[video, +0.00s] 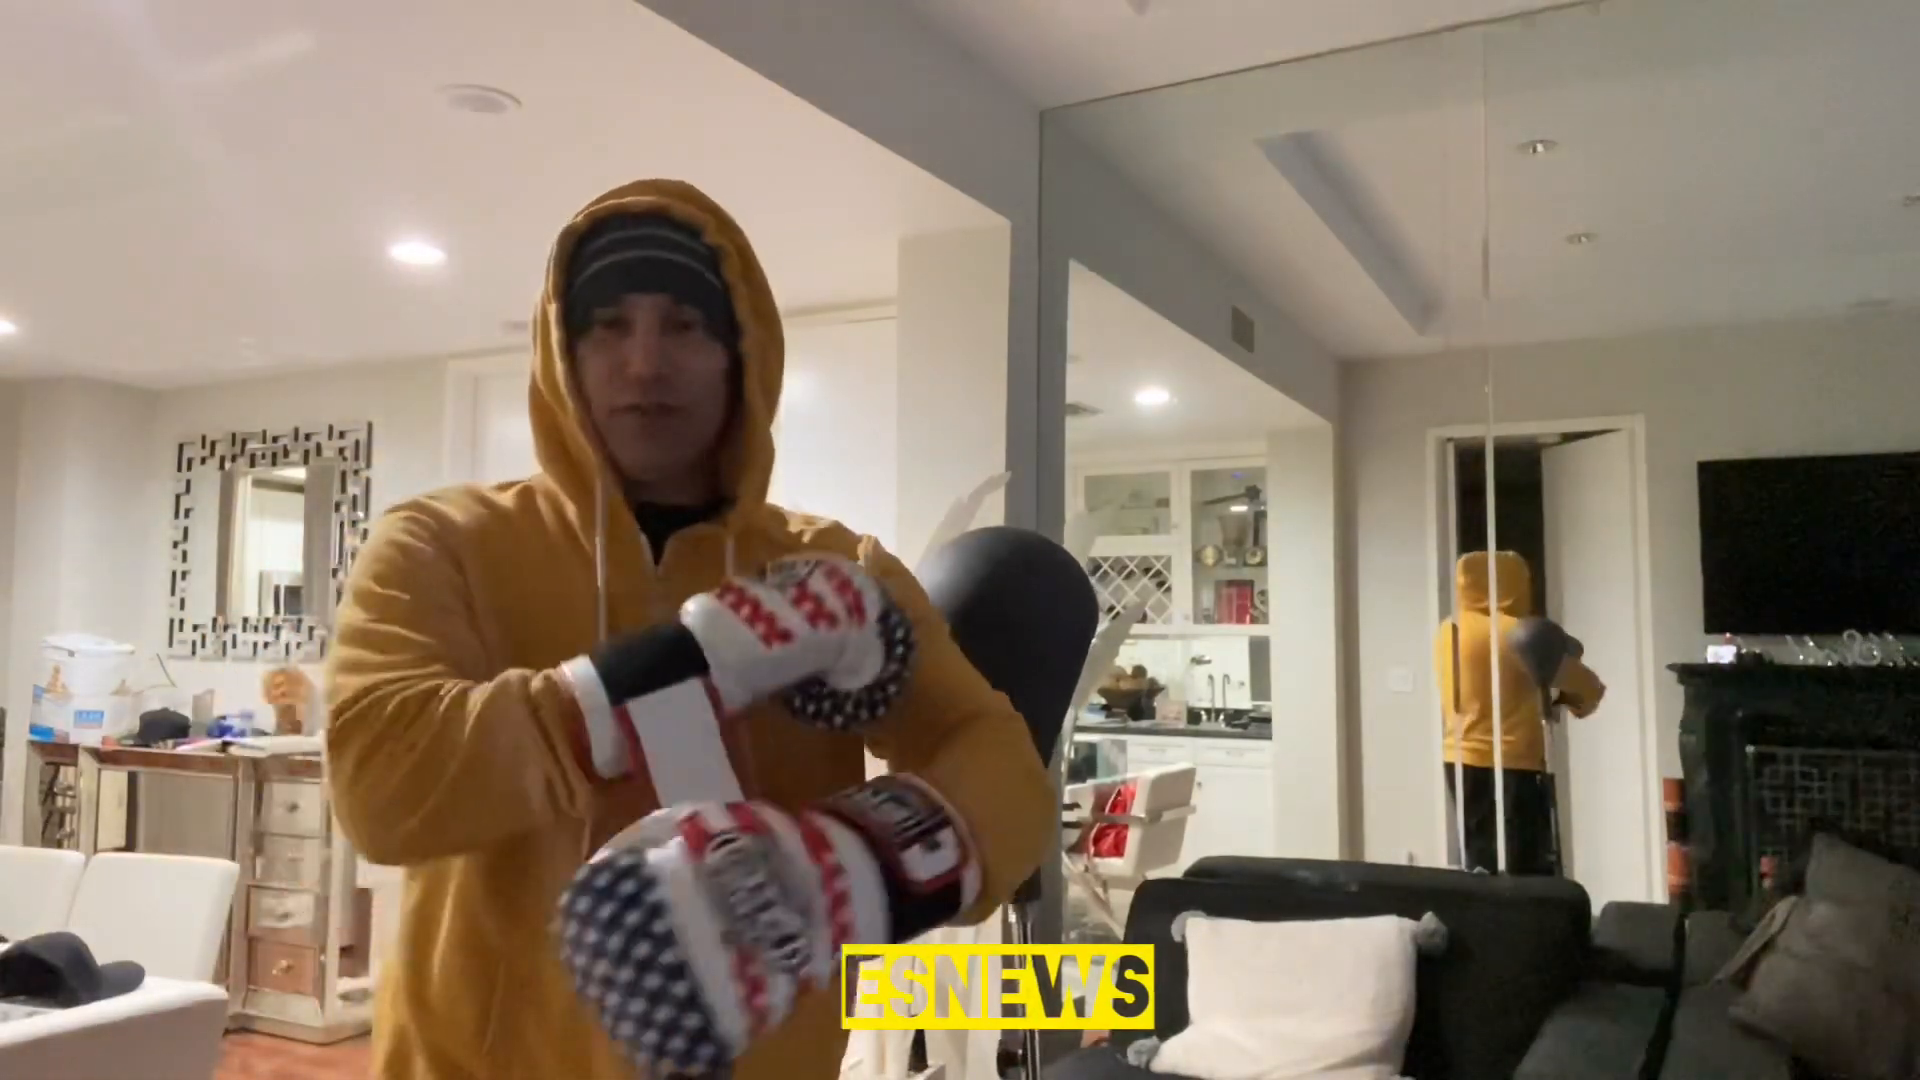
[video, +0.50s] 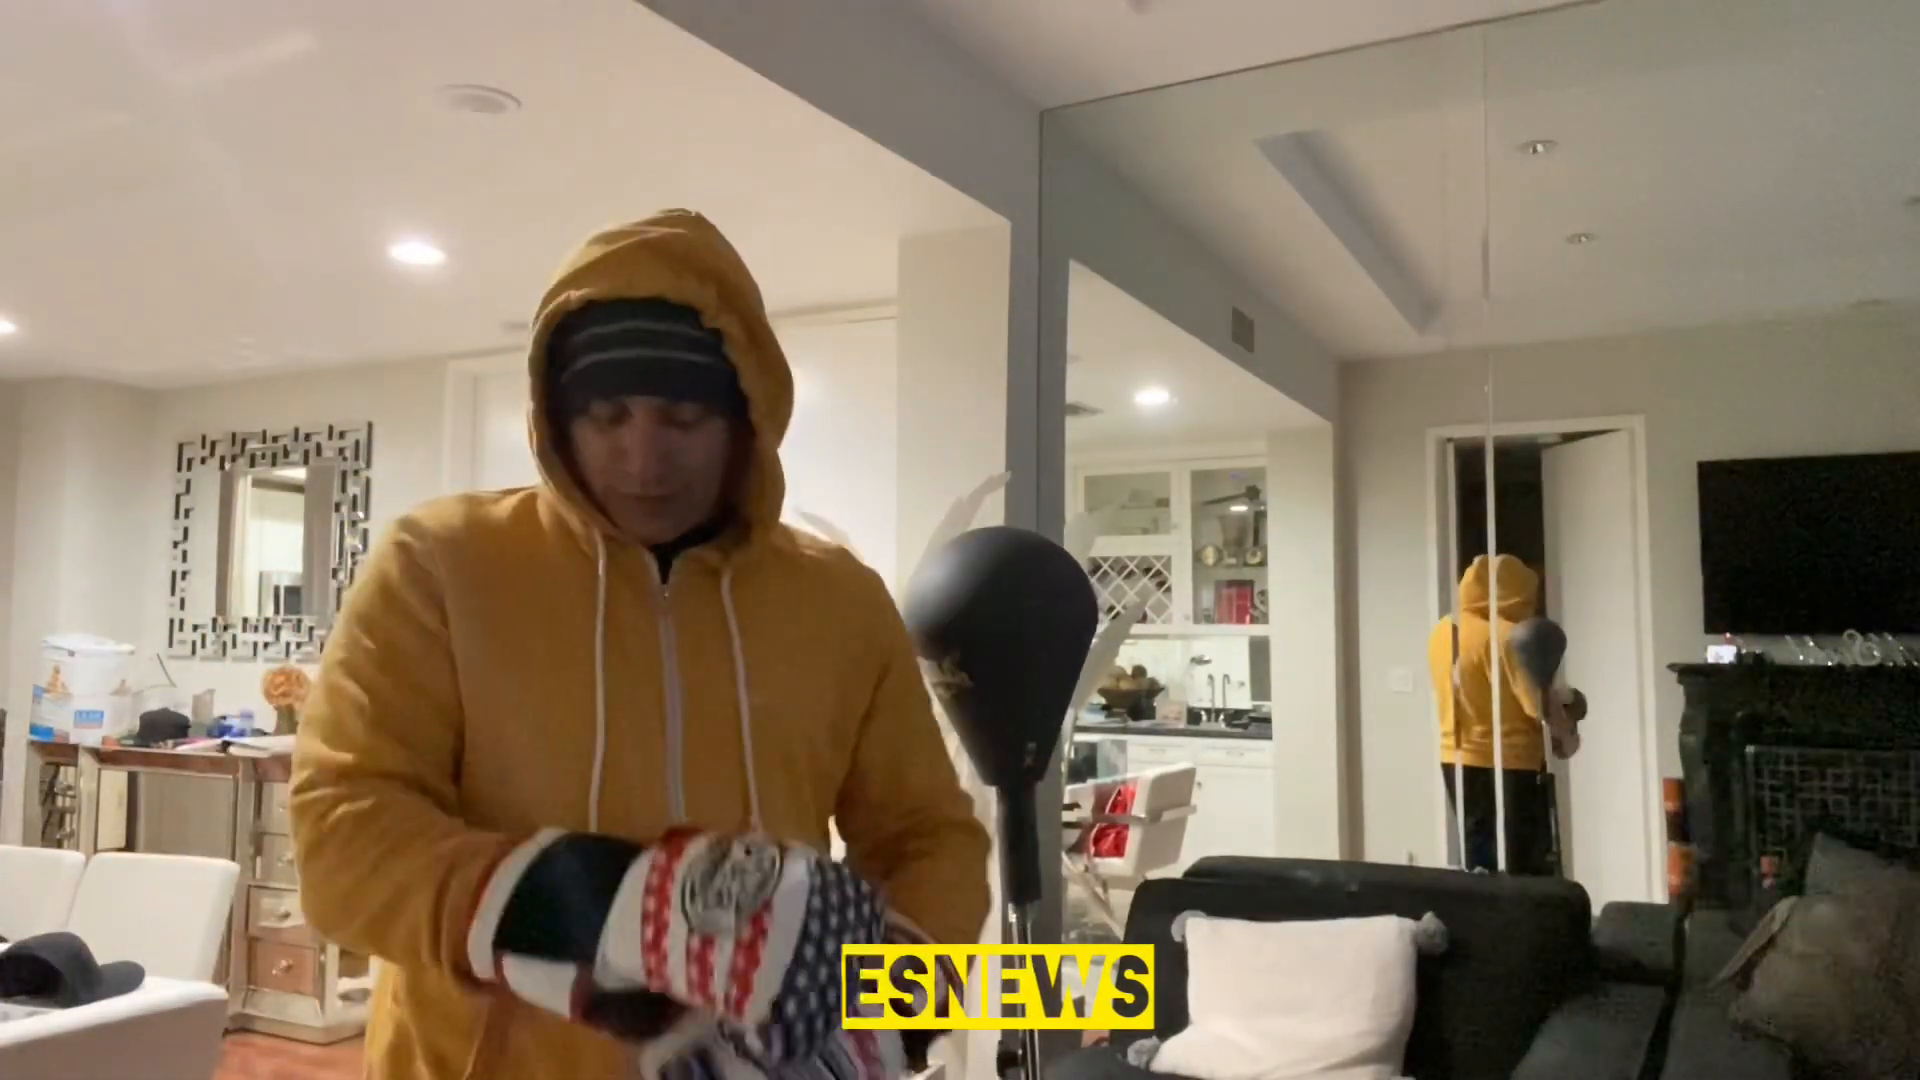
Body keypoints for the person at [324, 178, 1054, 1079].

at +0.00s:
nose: (645, 365)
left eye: (685, 325)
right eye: (611, 325)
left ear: (739, 360)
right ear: (565, 358)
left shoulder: (836, 574)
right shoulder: (439, 548)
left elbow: (1004, 773)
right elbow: (386, 790)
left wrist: (856, 861)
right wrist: (689, 657)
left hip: (768, 1060)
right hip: (484, 1052)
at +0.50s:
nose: (642, 458)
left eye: (683, 415)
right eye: (606, 415)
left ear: (743, 422)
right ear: (559, 422)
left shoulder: (839, 604)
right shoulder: (441, 569)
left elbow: (929, 837)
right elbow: (343, 839)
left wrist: (869, 1010)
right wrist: (586, 908)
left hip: (759, 1066)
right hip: (481, 1059)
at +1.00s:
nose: (681, 500)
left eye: (717, 461)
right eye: (646, 458)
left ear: (755, 458)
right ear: (576, 439)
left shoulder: (806, 597)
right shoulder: (418, 572)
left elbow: (864, 821)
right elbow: (339, 902)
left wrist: (913, 924)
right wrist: (562, 1053)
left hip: (758, 1062)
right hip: (509, 1060)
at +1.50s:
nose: (595, 502)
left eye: (636, 452)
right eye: (555, 453)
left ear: (689, 436)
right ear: (490, 438)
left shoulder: (784, 571)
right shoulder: (361, 581)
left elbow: (854, 810)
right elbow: (289, 916)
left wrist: (784, 909)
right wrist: (472, 1051)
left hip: (737, 1060)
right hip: (482, 1062)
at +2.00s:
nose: (523, 500)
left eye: (569, 445)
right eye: (480, 451)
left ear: (651, 423)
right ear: (433, 441)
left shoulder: (783, 569)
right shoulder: (333, 596)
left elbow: (877, 814)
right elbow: (273, 942)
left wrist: (756, 888)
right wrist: (388, 1069)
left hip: (724, 1058)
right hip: (457, 1060)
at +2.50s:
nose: (559, 495)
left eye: (603, 442)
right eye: (520, 444)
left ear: (676, 424)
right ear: (470, 432)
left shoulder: (797, 566)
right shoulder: (363, 565)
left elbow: (889, 829)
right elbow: (317, 897)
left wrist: (728, 846)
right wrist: (477, 1045)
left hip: (729, 1062)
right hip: (476, 1060)